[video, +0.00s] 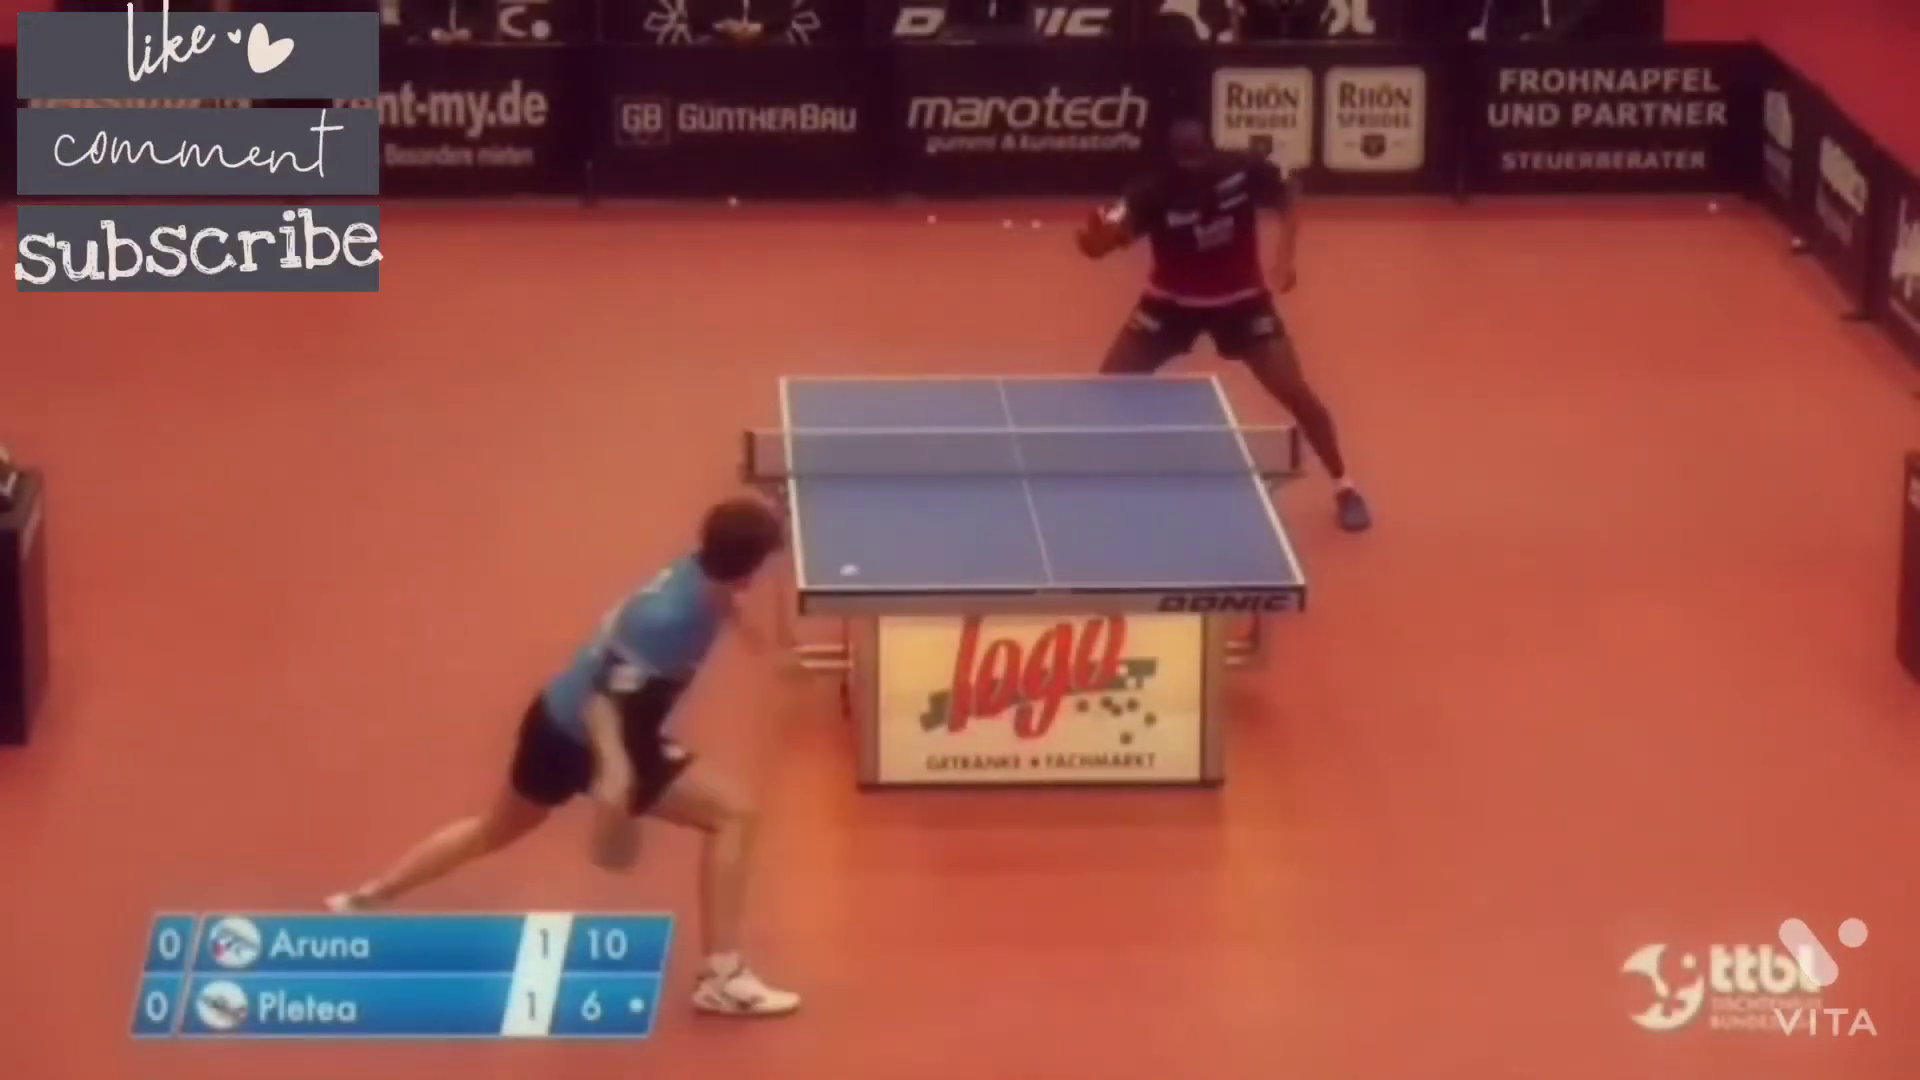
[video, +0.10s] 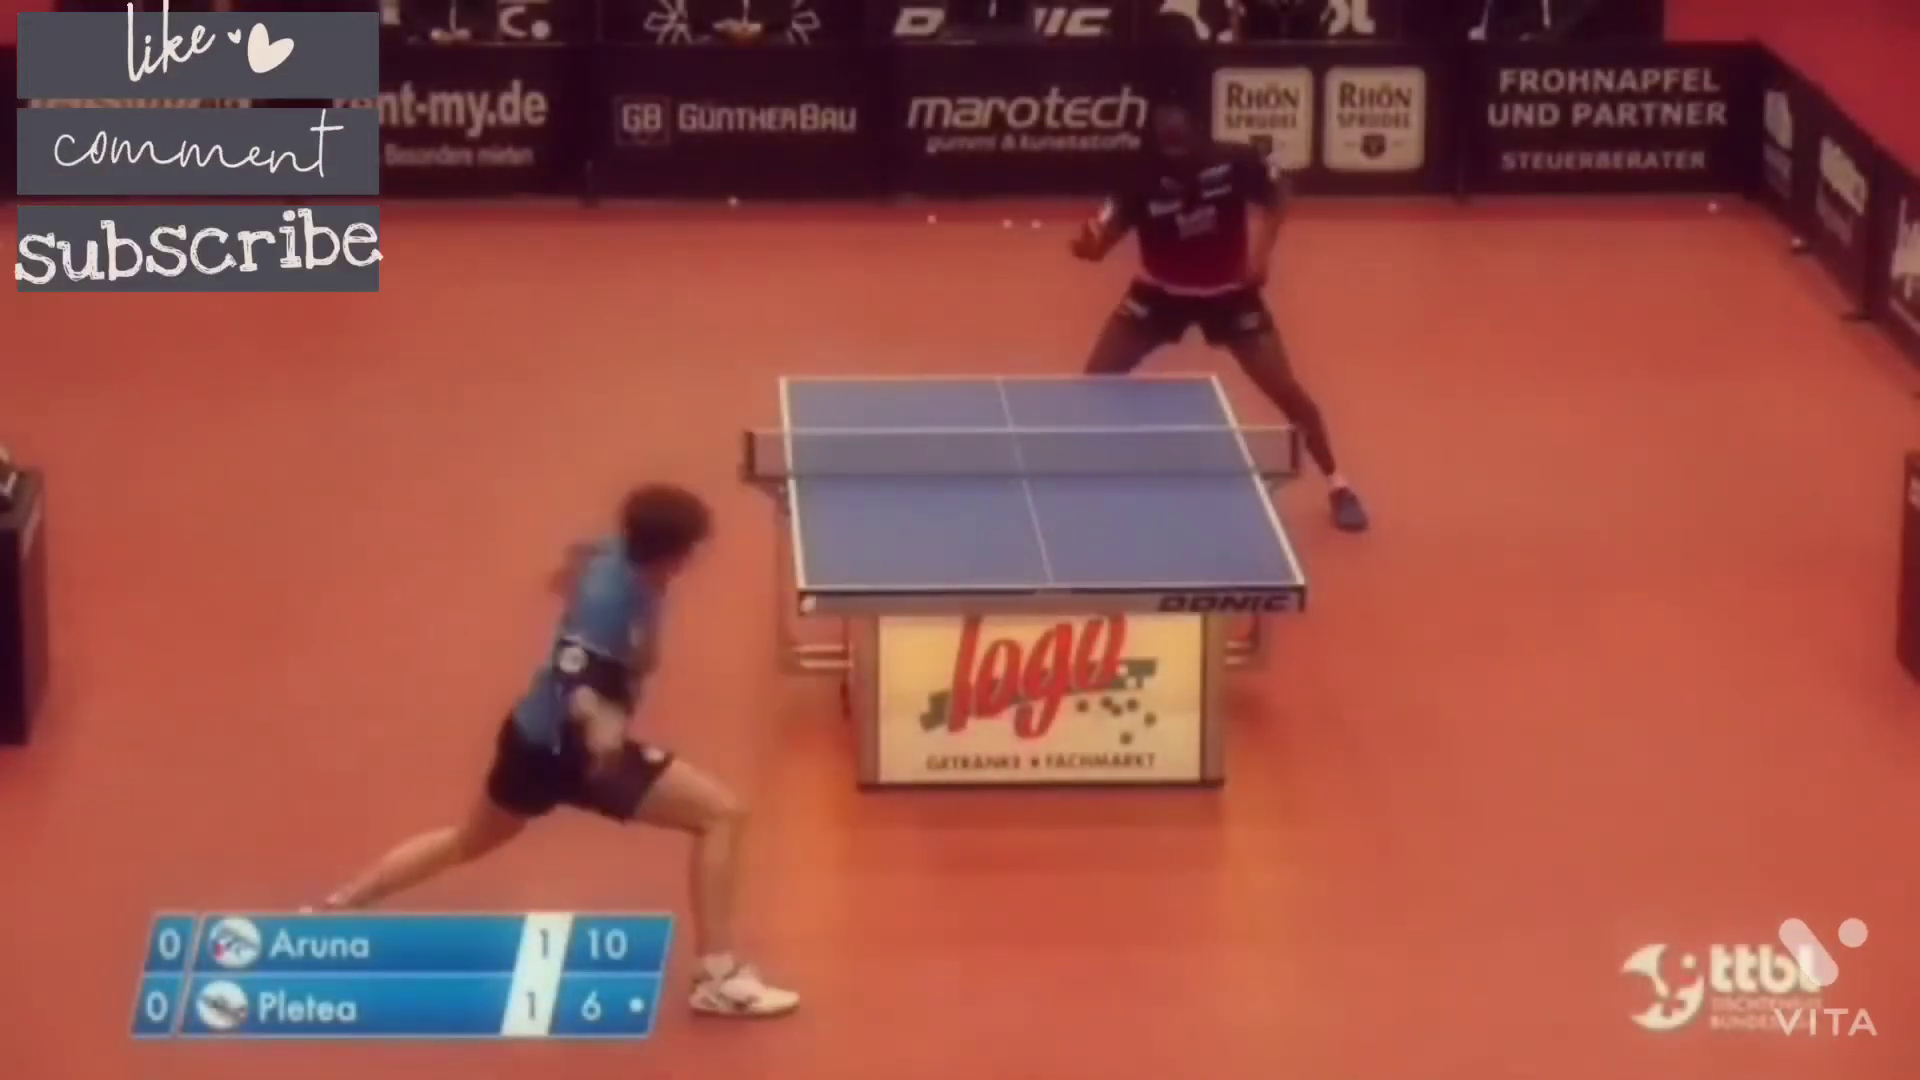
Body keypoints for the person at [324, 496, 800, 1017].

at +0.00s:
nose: (769, 568)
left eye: (770, 557)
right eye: (767, 559)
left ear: (710, 543)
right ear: (749, 569)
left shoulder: (697, 578)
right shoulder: (668, 617)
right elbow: (604, 704)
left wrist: (761, 645)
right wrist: (617, 780)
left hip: (561, 722)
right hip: (597, 740)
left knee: (495, 828)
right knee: (734, 816)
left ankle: (364, 898)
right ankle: (723, 973)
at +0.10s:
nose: (691, 561)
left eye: (691, 549)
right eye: (688, 551)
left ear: (642, 535)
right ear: (666, 553)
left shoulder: (615, 561)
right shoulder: (612, 595)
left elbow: (572, 567)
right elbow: (574, 680)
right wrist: (603, 722)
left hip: (531, 736)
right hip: (569, 748)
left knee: (468, 840)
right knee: (723, 814)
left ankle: (338, 905)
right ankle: (718, 974)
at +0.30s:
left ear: (464, 523)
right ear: (523, 508)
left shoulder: (461, 598)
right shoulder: (566, 549)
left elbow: (378, 640)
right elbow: (594, 476)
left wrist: (371, 560)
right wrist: (518, 452)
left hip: (513, 779)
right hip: (595, 769)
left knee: (425, 827)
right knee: (705, 845)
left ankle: (349, 927)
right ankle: (690, 935)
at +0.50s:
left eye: (498, 528)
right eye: (539, 518)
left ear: (494, 537)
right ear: (551, 525)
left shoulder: (481, 611)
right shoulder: (594, 588)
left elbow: (471, 698)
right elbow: (682, 592)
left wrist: (460, 784)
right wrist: (653, 509)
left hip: (515, 795)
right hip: (592, 788)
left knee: (426, 832)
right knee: (700, 869)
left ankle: (342, 928)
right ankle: (704, 975)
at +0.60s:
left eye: (607, 490)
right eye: (646, 489)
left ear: (592, 502)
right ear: (652, 501)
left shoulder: (561, 570)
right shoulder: (681, 578)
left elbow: (498, 631)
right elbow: (753, 647)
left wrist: (483, 702)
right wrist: (764, 584)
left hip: (558, 763)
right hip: (646, 763)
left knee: (466, 836)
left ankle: (372, 935)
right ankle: (790, 971)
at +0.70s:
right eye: (717, 496)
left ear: (661, 506)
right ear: (721, 508)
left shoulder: (625, 567)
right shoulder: (738, 592)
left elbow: (550, 610)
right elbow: (779, 672)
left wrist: (561, 665)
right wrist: (800, 659)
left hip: (594, 756)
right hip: (674, 766)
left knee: (527, 799)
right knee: (796, 862)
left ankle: (486, 927)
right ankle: (889, 992)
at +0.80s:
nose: (802, 545)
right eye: (802, 538)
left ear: (742, 541)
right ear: (799, 552)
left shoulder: (698, 598)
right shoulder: (800, 634)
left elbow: (653, 642)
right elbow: (839, 710)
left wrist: (714, 640)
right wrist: (854, 678)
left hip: (653, 785)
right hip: (734, 793)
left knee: (595, 843)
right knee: (860, 862)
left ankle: (542, 955)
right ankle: (918, 1002)